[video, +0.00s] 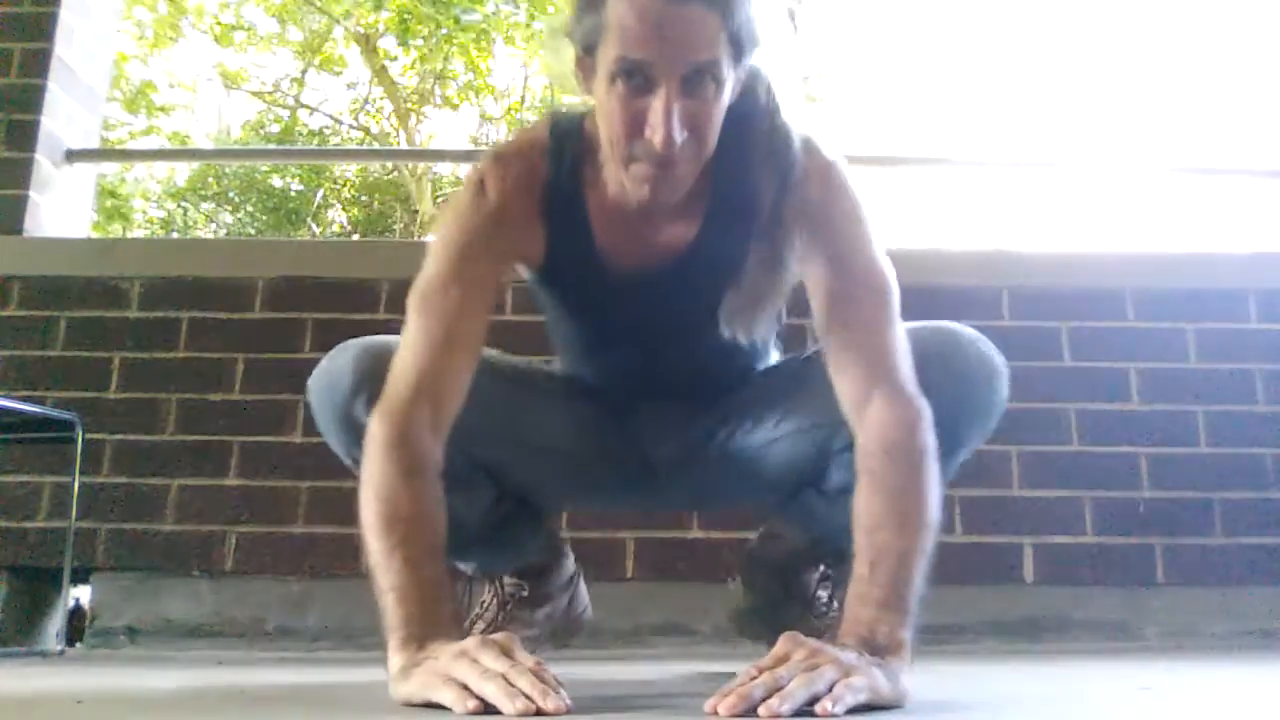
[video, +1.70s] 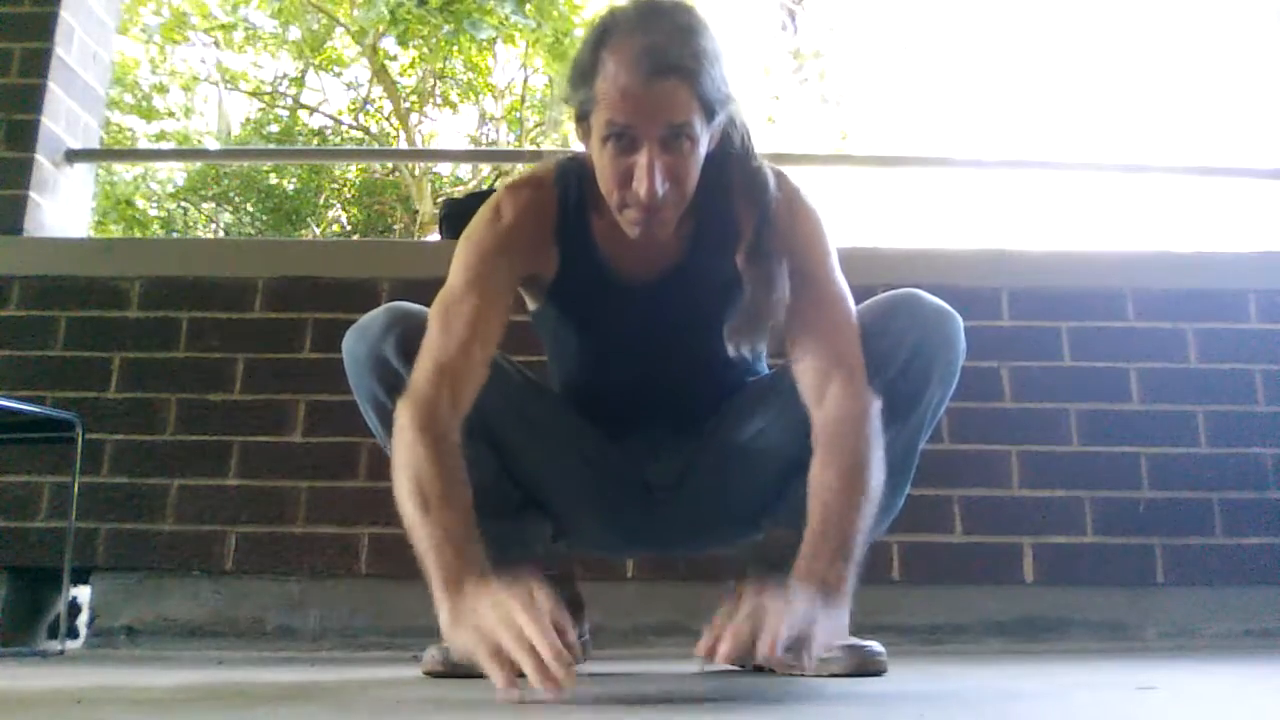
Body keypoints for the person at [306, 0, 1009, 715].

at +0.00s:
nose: (665, 125)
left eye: (698, 84)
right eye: (634, 83)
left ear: (736, 81)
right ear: (587, 74)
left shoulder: (802, 185)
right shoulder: (510, 188)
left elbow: (888, 409)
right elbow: (406, 430)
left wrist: (876, 649)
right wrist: (417, 654)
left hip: (738, 436)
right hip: (583, 435)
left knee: (966, 370)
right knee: (350, 382)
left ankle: (791, 574)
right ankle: (531, 580)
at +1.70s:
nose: (647, 178)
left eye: (677, 142)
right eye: (619, 141)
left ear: (717, 129)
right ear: (584, 130)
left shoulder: (772, 210)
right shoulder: (521, 217)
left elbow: (839, 390)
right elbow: (426, 419)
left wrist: (819, 586)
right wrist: (464, 591)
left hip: (729, 472)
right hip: (584, 473)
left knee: (923, 325)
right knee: (381, 339)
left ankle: (792, 608)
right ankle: (520, 606)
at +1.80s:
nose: (648, 174)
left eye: (677, 139)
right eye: (621, 138)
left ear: (717, 126)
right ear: (584, 126)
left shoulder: (770, 201)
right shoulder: (525, 209)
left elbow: (852, 371)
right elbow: (412, 399)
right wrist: (446, 496)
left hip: (728, 479)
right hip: (584, 476)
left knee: (929, 327)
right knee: (377, 341)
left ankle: (783, 607)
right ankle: (536, 604)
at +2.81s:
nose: (648, 91)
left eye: (678, 45)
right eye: (613, 51)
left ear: (720, 31)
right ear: (568, 41)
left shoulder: (781, 111)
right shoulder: (511, 109)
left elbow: (835, 311)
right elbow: (425, 316)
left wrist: (827, 536)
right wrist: (414, 557)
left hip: (737, 401)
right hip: (578, 402)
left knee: (952, 361)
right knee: (352, 377)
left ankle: (796, 581)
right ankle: (534, 577)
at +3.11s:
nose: (618, 22)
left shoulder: (790, 14)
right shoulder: (462, 14)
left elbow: (823, 241)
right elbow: (403, 260)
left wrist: (807, 549)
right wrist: (408, 560)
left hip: (739, 306)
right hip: (562, 304)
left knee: (939, 406)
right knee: (330, 420)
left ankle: (792, 571)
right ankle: (516, 551)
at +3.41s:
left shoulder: (786, 13)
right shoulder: (396, 10)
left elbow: (812, 219)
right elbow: (368, 232)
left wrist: (795, 557)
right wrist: (366, 562)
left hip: (735, 205)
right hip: (555, 203)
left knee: (895, 482)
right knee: (353, 409)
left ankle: (891, 552)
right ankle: (528, 561)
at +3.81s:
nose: (620, 69)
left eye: (655, 45)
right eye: (606, 53)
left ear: (721, 6)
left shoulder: (812, 11)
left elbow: (846, 200)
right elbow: (375, 239)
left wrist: (843, 533)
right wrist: (364, 560)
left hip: (749, 209)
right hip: (556, 202)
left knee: (848, 460)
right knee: (413, 505)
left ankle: (937, 539)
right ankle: (491, 524)